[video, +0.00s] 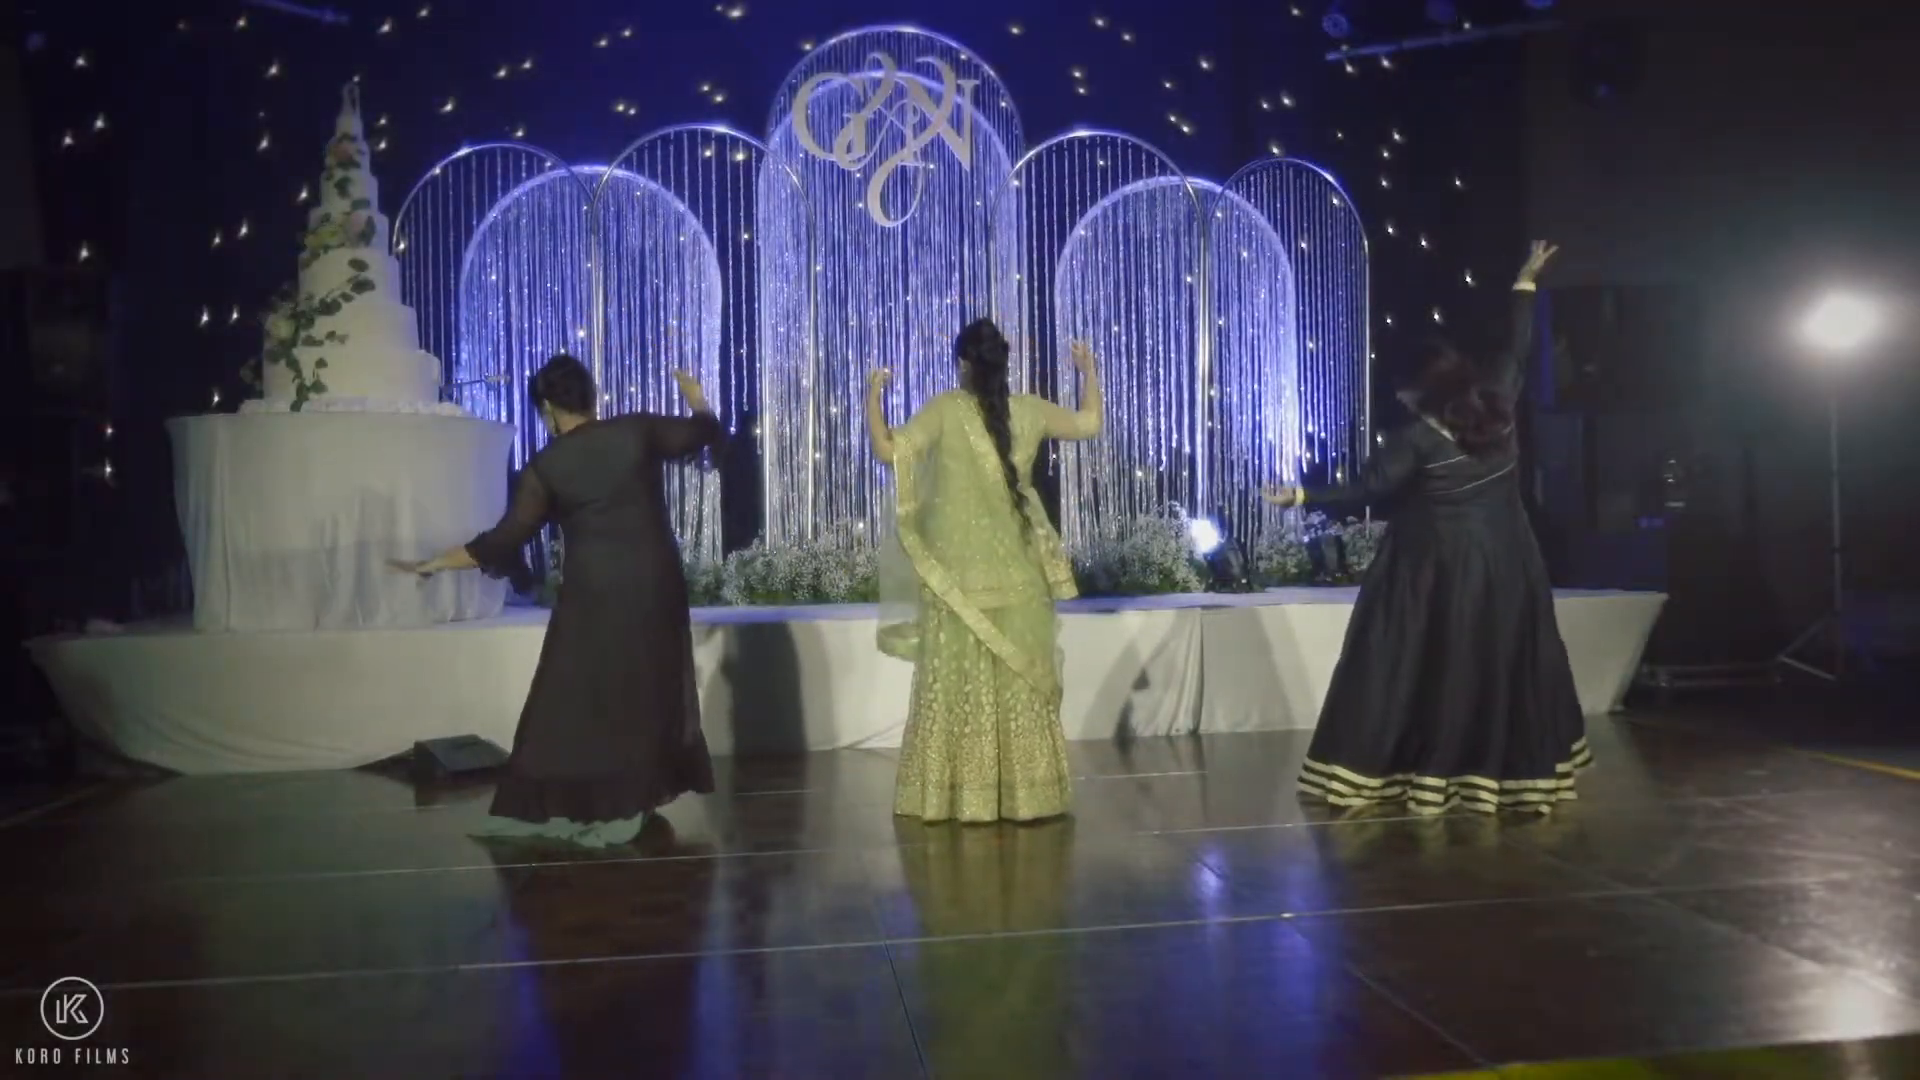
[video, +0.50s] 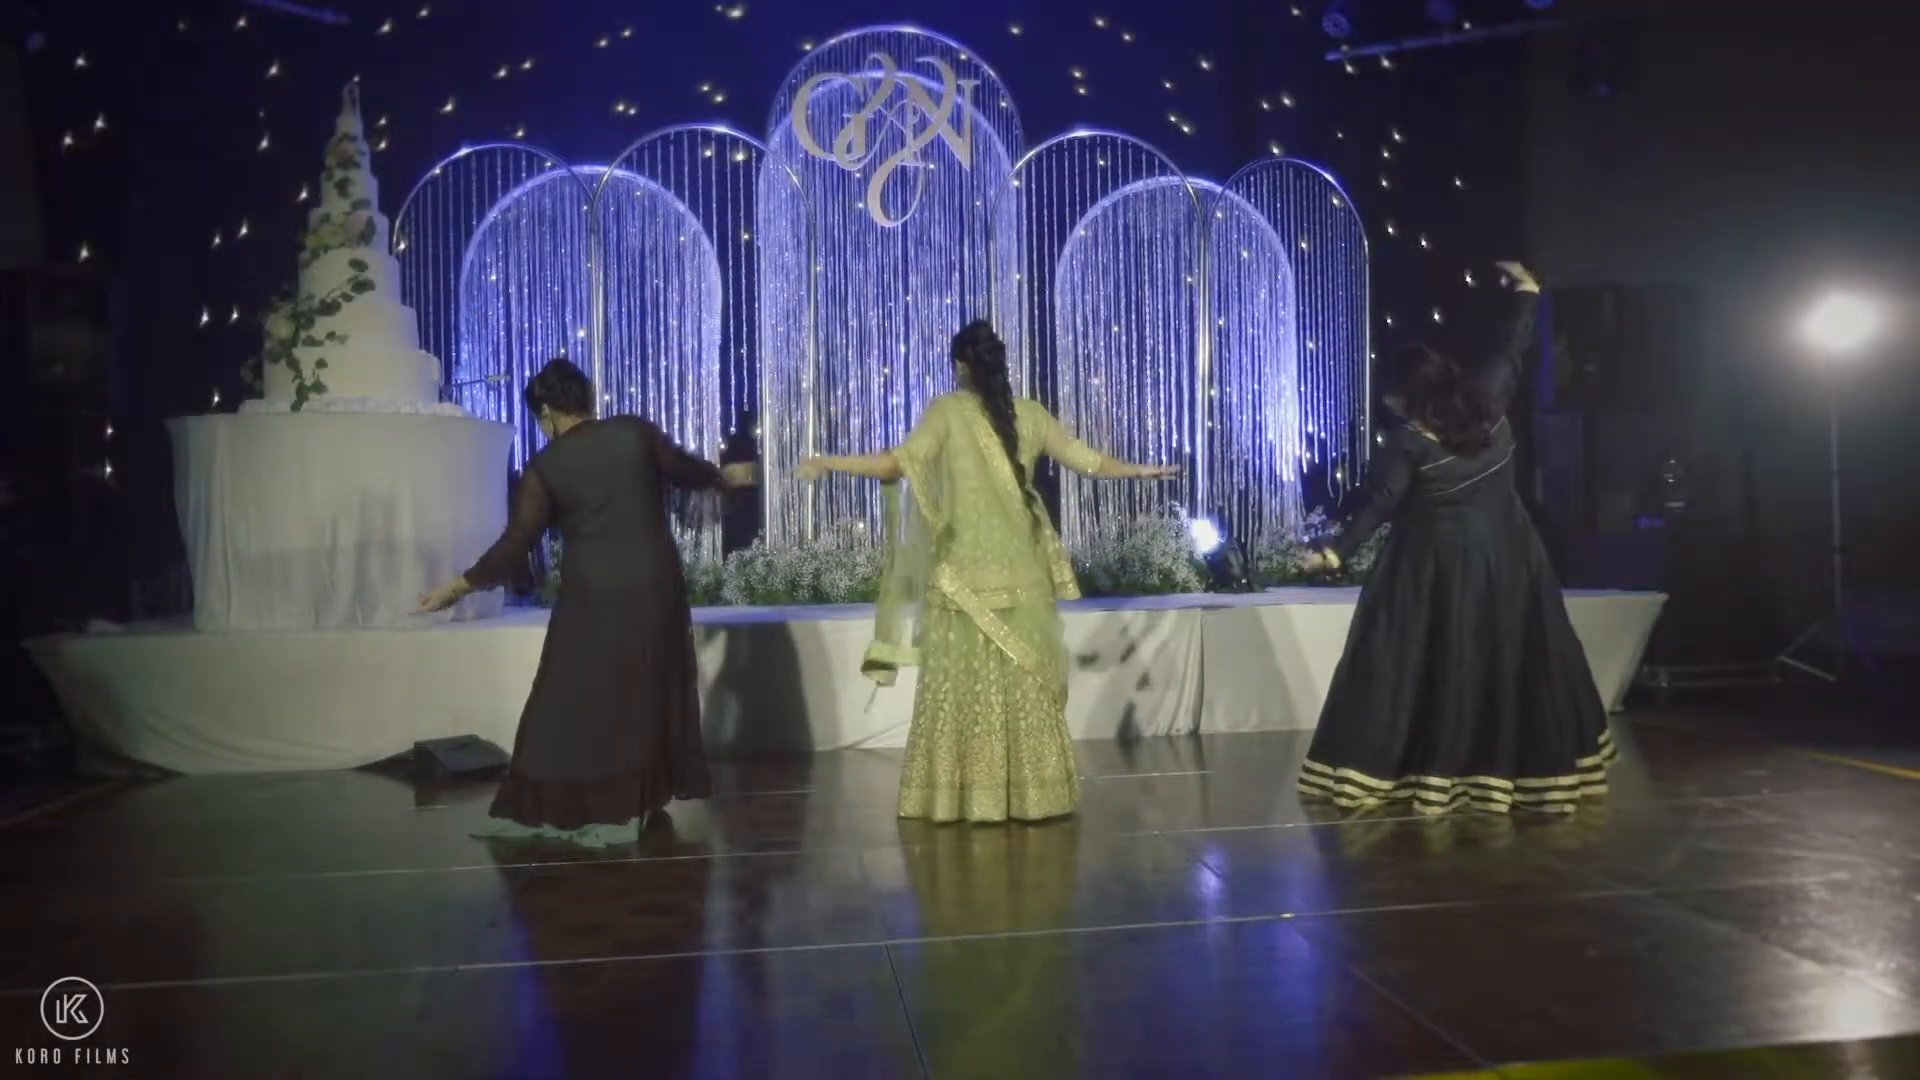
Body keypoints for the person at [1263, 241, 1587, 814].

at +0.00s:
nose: (1401, 398)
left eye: (1403, 390)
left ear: (1415, 391)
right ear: (1463, 375)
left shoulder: (1415, 439)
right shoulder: (1497, 409)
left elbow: (1368, 491)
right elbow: (1516, 349)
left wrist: (1305, 496)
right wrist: (1526, 283)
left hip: (1439, 568)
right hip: (1508, 561)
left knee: (1427, 670)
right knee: (1505, 669)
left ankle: (1427, 783)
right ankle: (1507, 783)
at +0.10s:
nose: (1397, 401)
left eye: (1401, 393)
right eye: (1397, 393)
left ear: (1417, 392)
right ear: (1461, 379)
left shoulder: (1413, 438)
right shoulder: (1493, 410)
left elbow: (1374, 492)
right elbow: (1513, 344)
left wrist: (1311, 515)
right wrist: (1526, 281)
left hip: (1437, 565)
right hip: (1506, 558)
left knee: (1424, 667)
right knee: (1503, 667)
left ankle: (1425, 782)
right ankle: (1506, 780)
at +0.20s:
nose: (1394, 404)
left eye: (1397, 395)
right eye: (1394, 395)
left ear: (1412, 394)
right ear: (1451, 379)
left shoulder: (1413, 442)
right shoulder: (1491, 407)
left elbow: (1379, 496)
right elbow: (1510, 341)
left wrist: (1321, 529)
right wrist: (1523, 282)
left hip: (1438, 566)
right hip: (1507, 558)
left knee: (1429, 667)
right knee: (1507, 666)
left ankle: (1427, 781)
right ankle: (1510, 780)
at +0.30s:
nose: (1393, 406)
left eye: (1395, 398)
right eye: (1393, 399)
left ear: (1408, 395)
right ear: (1450, 376)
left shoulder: (1412, 441)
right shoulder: (1490, 405)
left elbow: (1374, 497)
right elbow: (1505, 341)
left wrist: (1320, 542)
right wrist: (1513, 283)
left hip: (1440, 563)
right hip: (1508, 555)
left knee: (1431, 667)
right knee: (1507, 666)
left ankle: (1430, 783)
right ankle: (1509, 781)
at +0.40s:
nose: (1391, 406)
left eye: (1393, 398)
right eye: (1390, 398)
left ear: (1409, 397)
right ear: (1447, 382)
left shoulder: (1410, 444)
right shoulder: (1488, 406)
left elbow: (1375, 497)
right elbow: (1506, 346)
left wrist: (1332, 537)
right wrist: (1517, 290)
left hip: (1438, 559)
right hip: (1507, 551)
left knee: (1431, 666)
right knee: (1505, 662)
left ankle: (1431, 782)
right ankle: (1508, 780)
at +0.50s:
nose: (1389, 409)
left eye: (1390, 401)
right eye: (1387, 400)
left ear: (1407, 397)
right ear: (1446, 380)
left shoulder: (1406, 444)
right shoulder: (1488, 402)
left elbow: (1382, 502)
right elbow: (1514, 348)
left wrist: (1337, 550)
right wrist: (1529, 292)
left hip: (1437, 556)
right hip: (1504, 547)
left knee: (1430, 664)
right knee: (1505, 660)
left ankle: (1431, 781)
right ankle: (1508, 778)